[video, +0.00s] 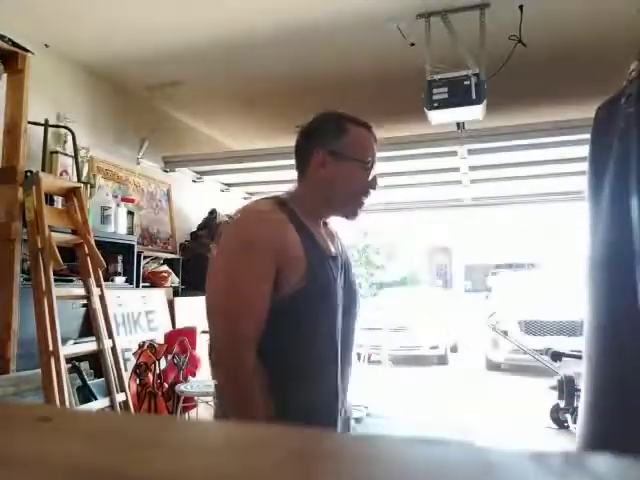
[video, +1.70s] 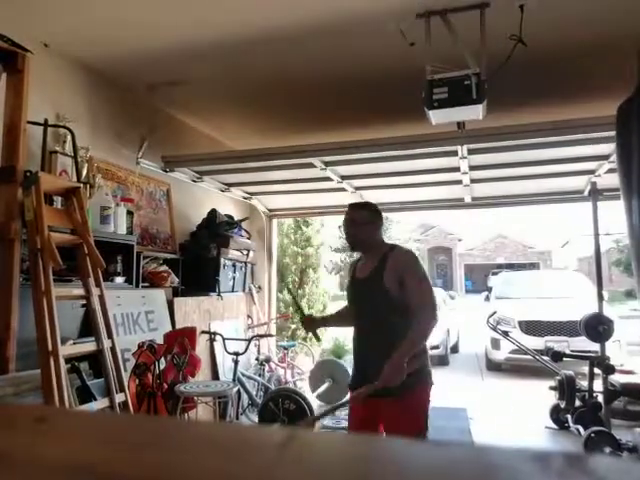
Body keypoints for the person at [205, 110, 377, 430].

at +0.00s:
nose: (373, 183)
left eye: (373, 170)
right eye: (366, 167)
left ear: (322, 164)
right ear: (322, 162)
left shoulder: (330, 238)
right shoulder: (256, 228)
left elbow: (331, 353)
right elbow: (231, 358)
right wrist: (259, 456)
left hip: (324, 443)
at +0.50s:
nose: (333, 180)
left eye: (342, 175)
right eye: (319, 171)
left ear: (349, 191)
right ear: (296, 187)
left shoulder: (344, 254)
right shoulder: (263, 248)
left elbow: (347, 345)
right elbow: (230, 349)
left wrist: (355, 419)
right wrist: (233, 440)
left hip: (342, 428)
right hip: (276, 430)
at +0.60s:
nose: (338, 192)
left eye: (348, 186)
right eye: (326, 184)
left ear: (357, 203)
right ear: (307, 199)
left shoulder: (356, 259)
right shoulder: (277, 256)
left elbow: (363, 331)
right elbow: (242, 348)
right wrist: (241, 434)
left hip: (356, 431)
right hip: (291, 432)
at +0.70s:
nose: (348, 198)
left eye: (357, 192)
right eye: (337, 190)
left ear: (366, 207)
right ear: (320, 202)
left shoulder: (365, 259)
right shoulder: (291, 259)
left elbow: (385, 328)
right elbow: (259, 338)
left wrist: (427, 382)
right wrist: (258, 411)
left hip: (364, 418)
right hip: (306, 420)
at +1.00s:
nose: (346, 200)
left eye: (354, 194)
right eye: (337, 194)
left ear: (368, 207)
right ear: (325, 206)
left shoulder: (387, 255)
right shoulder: (304, 257)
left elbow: (404, 313)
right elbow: (289, 319)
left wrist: (426, 367)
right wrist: (290, 371)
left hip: (375, 391)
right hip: (319, 391)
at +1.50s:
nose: (329, 230)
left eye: (337, 223)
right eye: (326, 224)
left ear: (358, 225)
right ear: (323, 226)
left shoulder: (390, 258)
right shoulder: (332, 268)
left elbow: (424, 304)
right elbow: (332, 318)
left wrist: (420, 355)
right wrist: (317, 352)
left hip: (389, 374)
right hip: (351, 373)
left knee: (377, 458)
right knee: (350, 456)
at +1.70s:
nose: (348, 231)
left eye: (355, 225)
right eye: (346, 225)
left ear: (375, 226)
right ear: (344, 228)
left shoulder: (402, 260)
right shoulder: (356, 269)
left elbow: (427, 315)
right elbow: (356, 313)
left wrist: (399, 359)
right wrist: (321, 322)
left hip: (405, 381)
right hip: (364, 379)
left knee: (405, 460)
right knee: (359, 460)